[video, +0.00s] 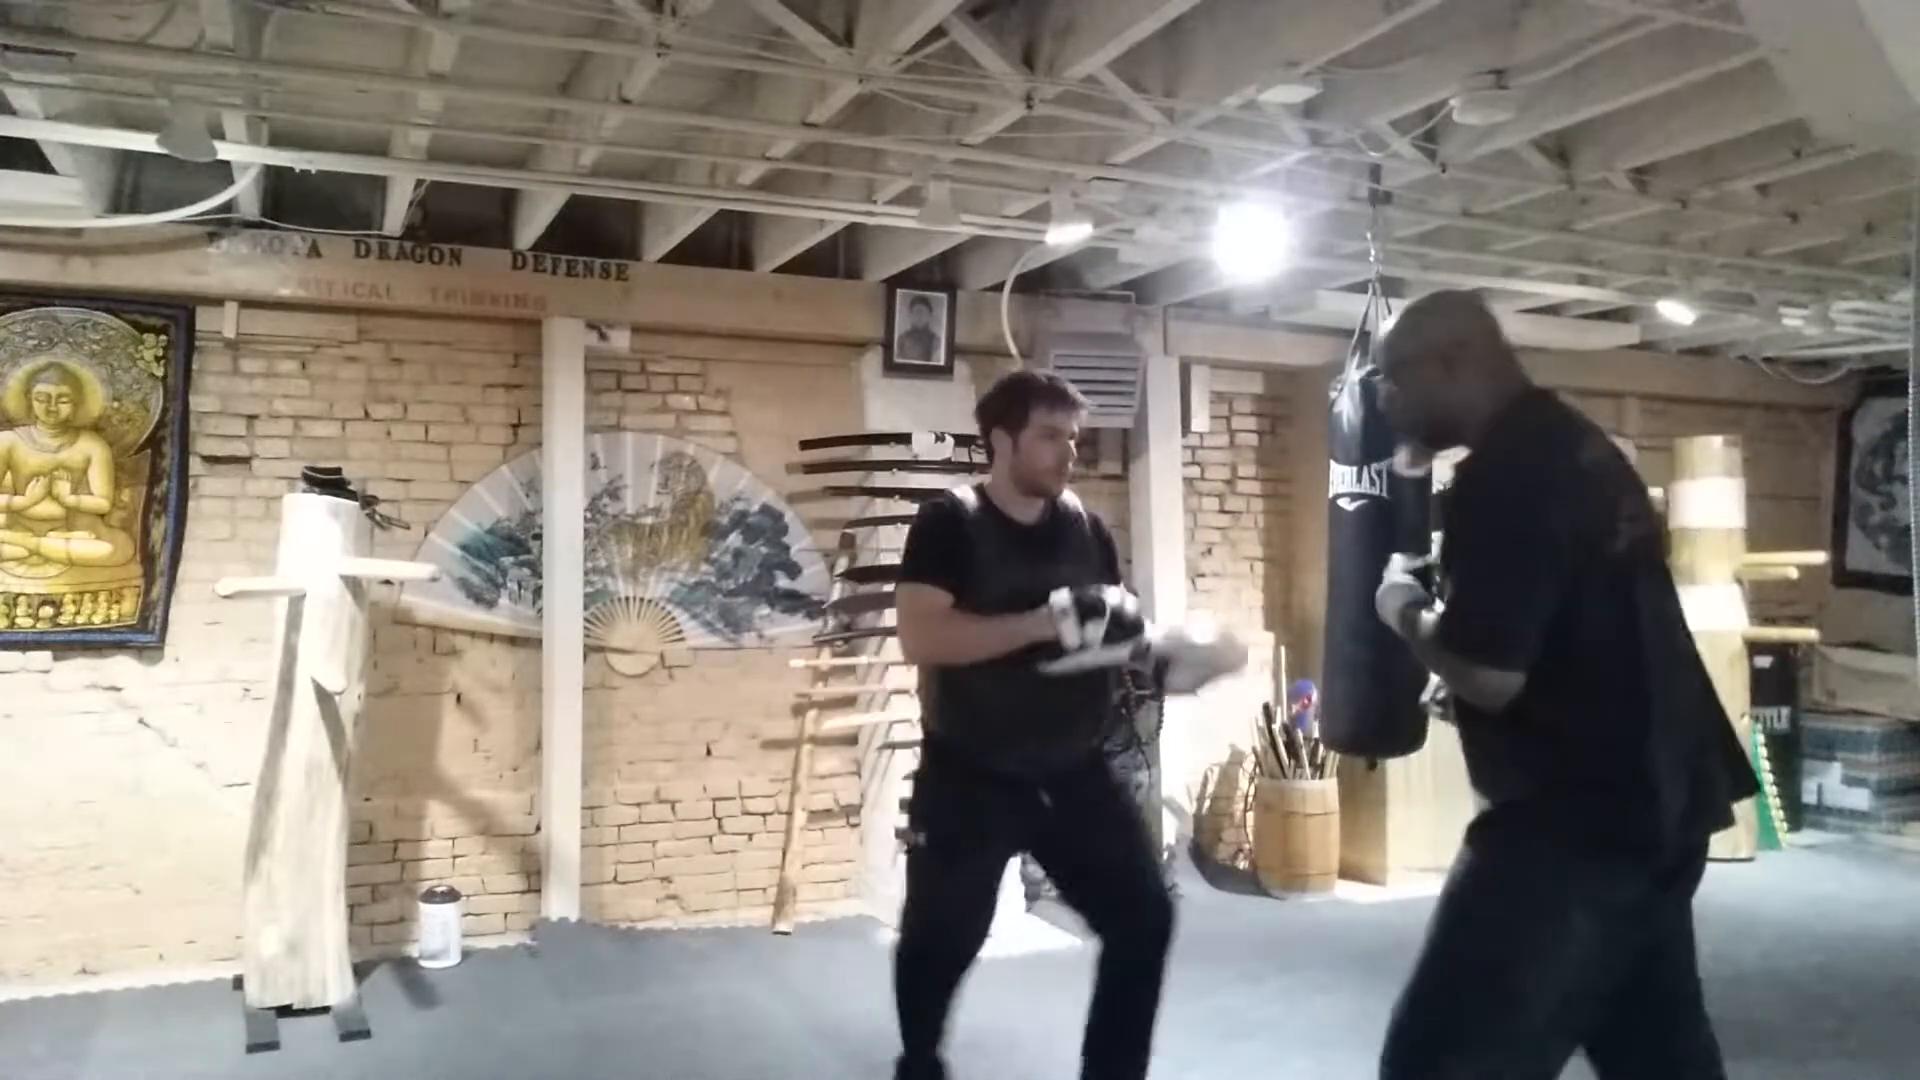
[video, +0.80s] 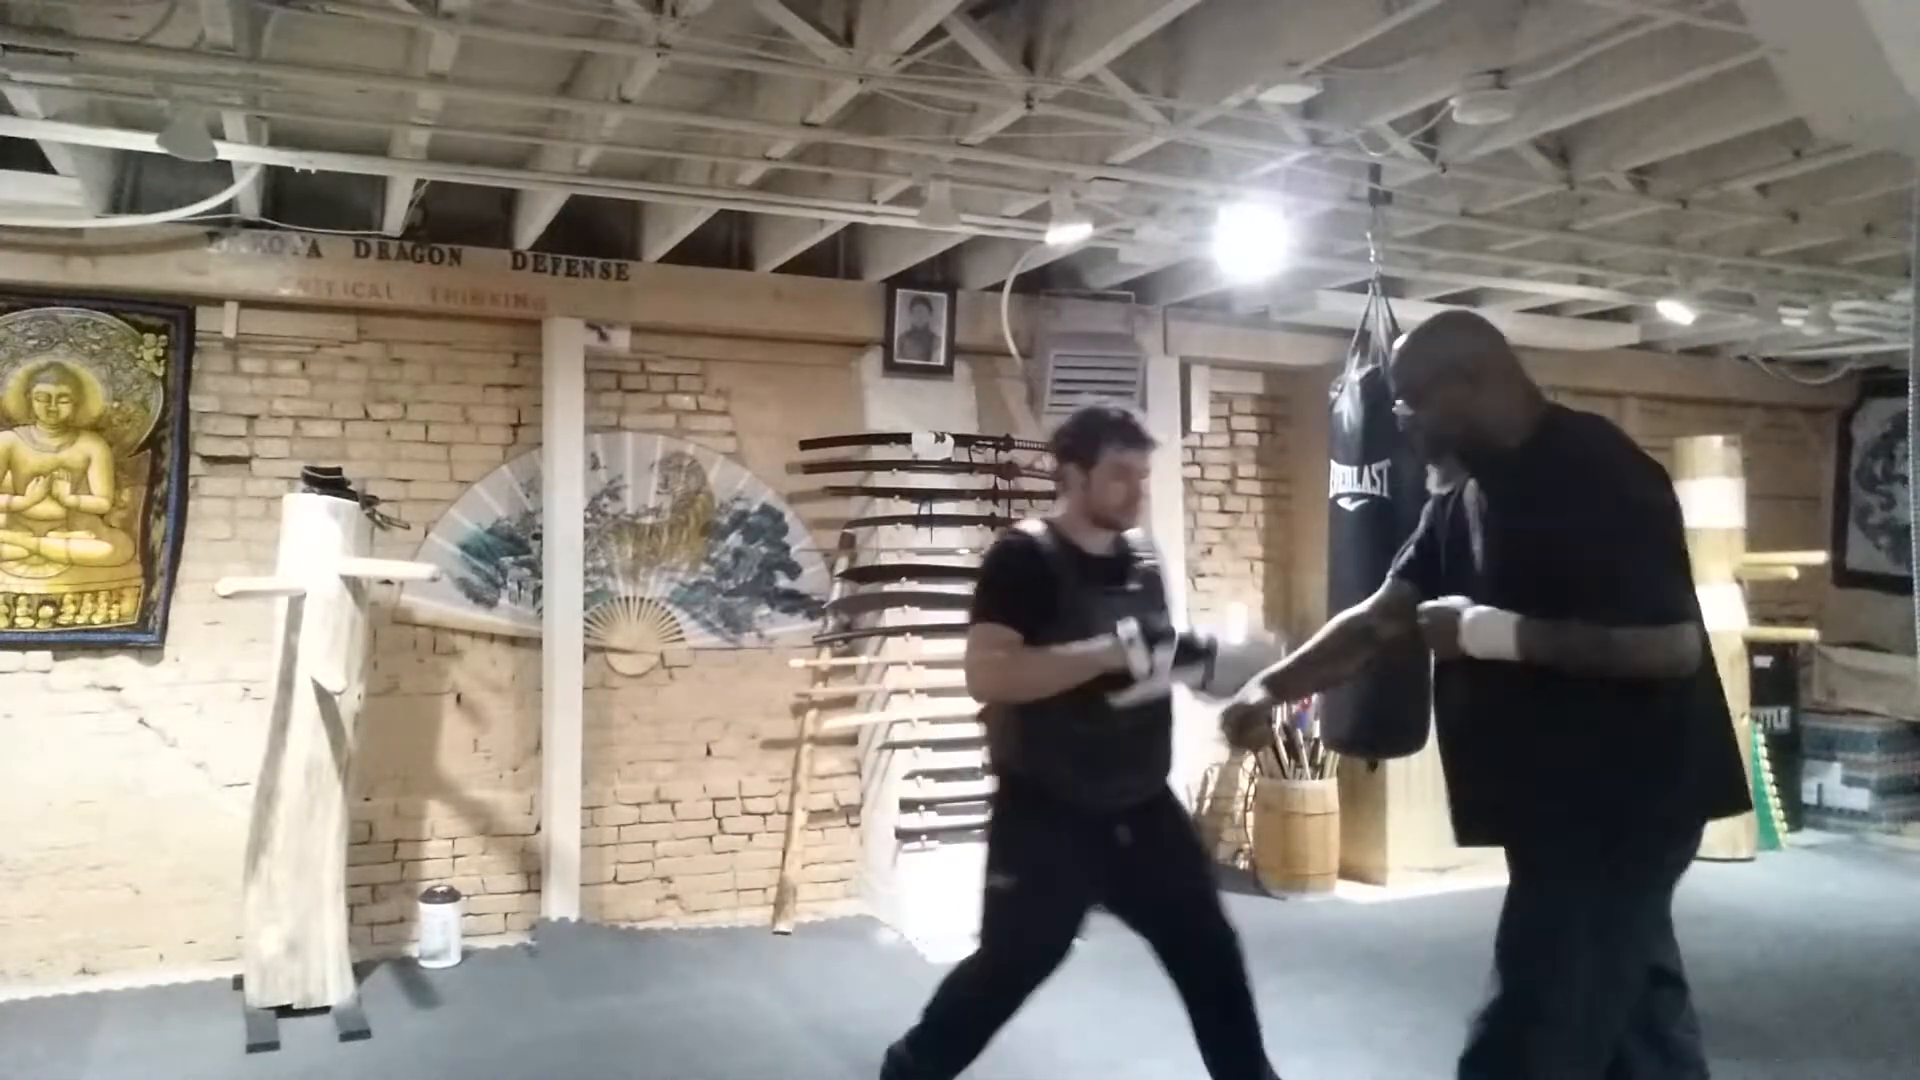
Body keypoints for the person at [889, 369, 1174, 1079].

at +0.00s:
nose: (1071, 451)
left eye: (1075, 438)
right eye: (1055, 436)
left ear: (1074, 443)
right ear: (1001, 440)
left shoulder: (1085, 529)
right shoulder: (946, 523)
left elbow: (1112, 638)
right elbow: (922, 638)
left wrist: (1175, 658)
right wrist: (1049, 623)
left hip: (1074, 776)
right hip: (968, 777)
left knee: (1143, 918)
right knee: (939, 942)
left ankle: (1111, 1074)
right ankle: (920, 1063)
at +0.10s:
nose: (1070, 456)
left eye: (1075, 443)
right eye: (1053, 442)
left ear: (1076, 447)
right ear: (1002, 445)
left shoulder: (1085, 532)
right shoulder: (954, 530)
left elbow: (1115, 642)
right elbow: (933, 638)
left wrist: (1158, 687)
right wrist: (1057, 606)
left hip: (1096, 787)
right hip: (988, 789)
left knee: (1178, 922)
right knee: (951, 965)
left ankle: (1154, 1058)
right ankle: (937, 1078)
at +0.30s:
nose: (1132, 463)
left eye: (1136, 449)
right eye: (1113, 450)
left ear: (1142, 454)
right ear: (1064, 458)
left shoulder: (1159, 545)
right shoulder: (1017, 541)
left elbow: (1176, 649)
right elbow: (964, 647)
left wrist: (1217, 671)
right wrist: (1074, 644)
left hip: (1159, 797)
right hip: (1048, 799)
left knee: (1227, 969)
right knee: (991, 965)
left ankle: (1256, 1077)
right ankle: (957, 1074)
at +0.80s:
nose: (1138, 490)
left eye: (1142, 476)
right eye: (1122, 475)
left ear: (1143, 476)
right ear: (1072, 474)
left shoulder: (1141, 561)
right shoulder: (1020, 559)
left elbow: (1147, 654)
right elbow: (986, 672)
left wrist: (1197, 659)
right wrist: (1111, 655)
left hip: (1142, 810)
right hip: (1045, 816)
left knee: (1212, 961)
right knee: (1012, 966)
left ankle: (1250, 1077)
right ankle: (910, 1069)